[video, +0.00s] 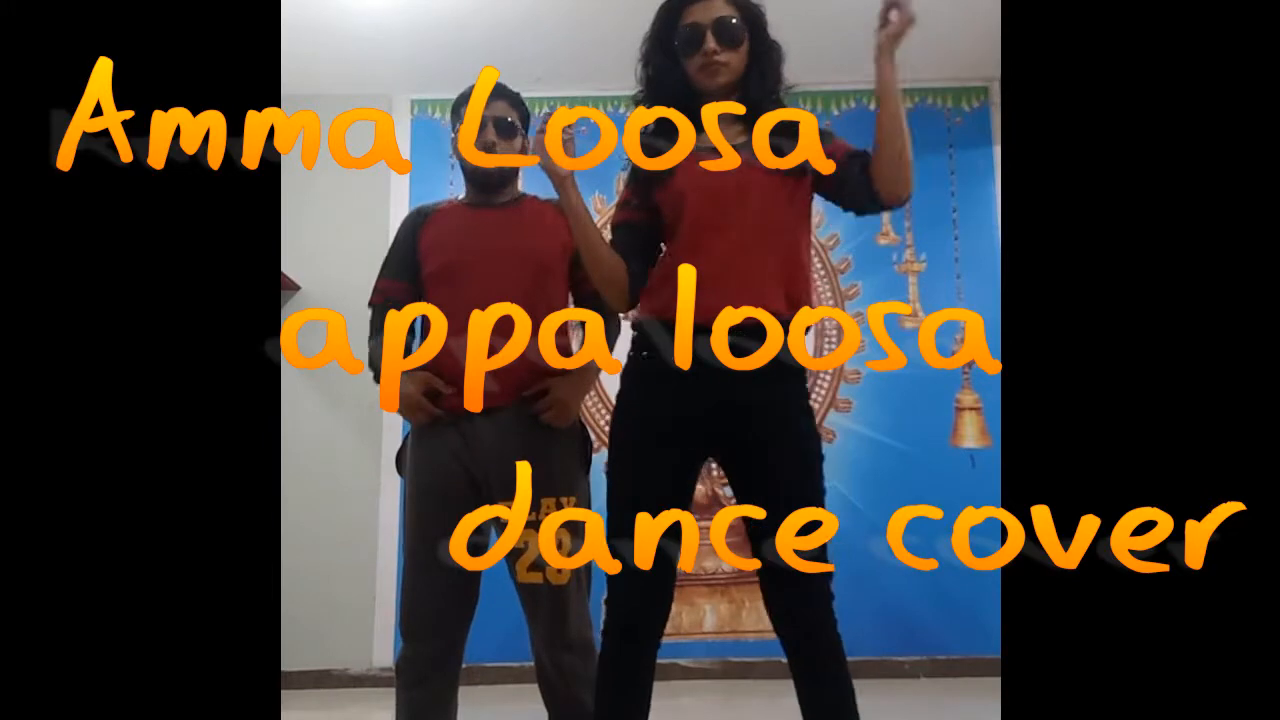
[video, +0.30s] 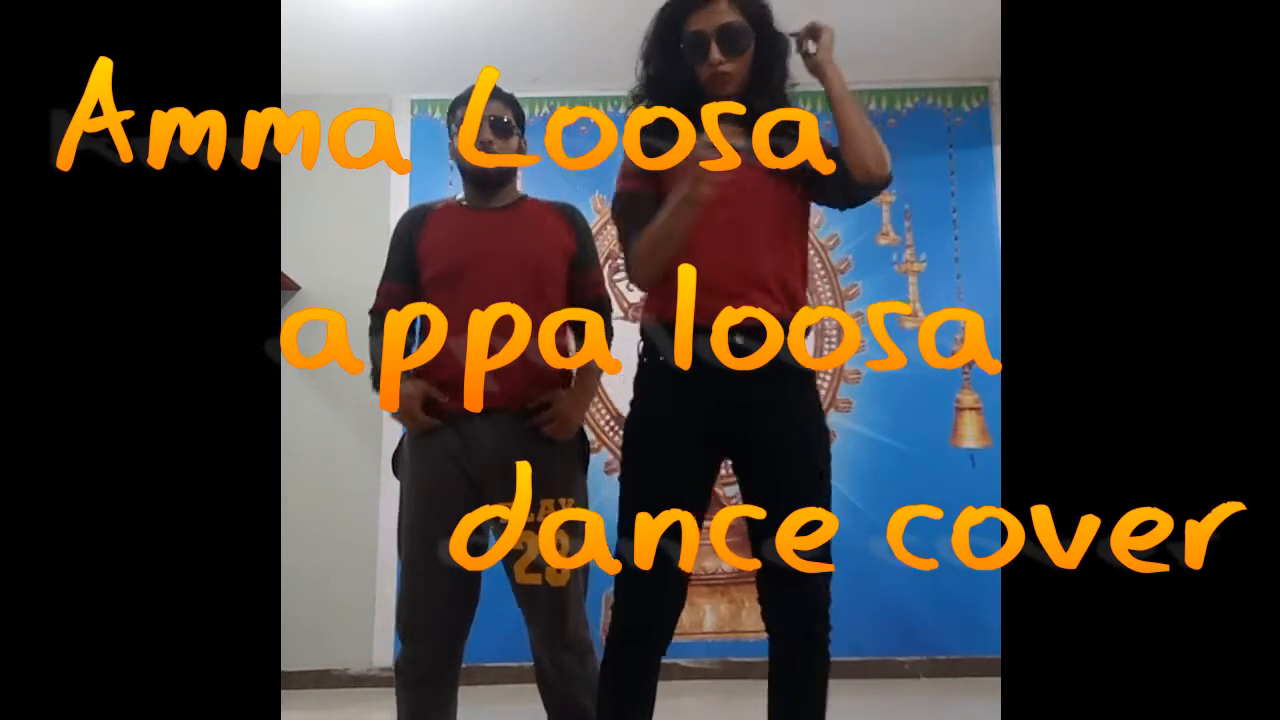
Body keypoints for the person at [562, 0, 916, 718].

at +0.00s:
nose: (710, 47)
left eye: (727, 32)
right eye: (691, 36)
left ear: (755, 47)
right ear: (670, 55)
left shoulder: (789, 134)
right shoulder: (659, 147)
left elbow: (888, 186)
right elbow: (617, 285)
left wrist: (885, 63)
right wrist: (562, 182)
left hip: (767, 380)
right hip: (664, 378)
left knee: (802, 592)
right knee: (637, 594)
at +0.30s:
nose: (714, 57)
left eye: (730, 38)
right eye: (695, 45)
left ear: (760, 45)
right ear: (674, 57)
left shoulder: (784, 133)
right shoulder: (654, 140)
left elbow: (868, 176)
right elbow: (639, 269)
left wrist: (829, 72)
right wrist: (686, 196)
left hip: (777, 383)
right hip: (674, 383)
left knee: (800, 596)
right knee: (646, 598)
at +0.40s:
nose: (720, 58)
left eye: (735, 40)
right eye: (700, 46)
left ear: (765, 47)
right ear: (679, 59)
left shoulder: (792, 137)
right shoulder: (662, 137)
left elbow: (876, 168)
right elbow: (664, 259)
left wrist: (827, 72)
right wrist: (749, 190)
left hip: (787, 387)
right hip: (683, 387)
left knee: (805, 593)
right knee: (635, 589)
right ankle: (604, 719)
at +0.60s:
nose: (735, 55)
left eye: (751, 35)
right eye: (715, 43)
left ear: (781, 38)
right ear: (693, 57)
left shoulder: (819, 125)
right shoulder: (686, 135)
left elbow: (902, 149)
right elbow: (731, 247)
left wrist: (845, 56)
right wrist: (861, 199)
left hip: (768, 379)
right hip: (672, 371)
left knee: (786, 585)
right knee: (628, 570)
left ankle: (790, 719)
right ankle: (576, 716)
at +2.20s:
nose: (749, 29)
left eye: (764, 17)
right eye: (730, 19)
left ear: (788, 34)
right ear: (707, 41)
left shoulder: (820, 130)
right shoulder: (681, 126)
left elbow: (878, 242)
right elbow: (715, 240)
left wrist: (869, 122)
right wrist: (832, 298)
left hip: (799, 384)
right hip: (696, 383)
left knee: (799, 597)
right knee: (651, 593)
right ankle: (601, 718)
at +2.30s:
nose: (752, 32)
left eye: (769, 17)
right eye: (733, 21)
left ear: (796, 34)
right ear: (712, 41)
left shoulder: (823, 141)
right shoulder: (681, 133)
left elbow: (853, 277)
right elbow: (701, 260)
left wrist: (815, 232)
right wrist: (761, 367)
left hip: (812, 376)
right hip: (712, 376)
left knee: (804, 596)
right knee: (674, 592)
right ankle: (631, 719)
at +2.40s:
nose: (755, 33)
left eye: (771, 18)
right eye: (735, 21)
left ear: (796, 31)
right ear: (713, 38)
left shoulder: (828, 132)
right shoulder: (683, 130)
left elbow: (852, 268)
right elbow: (683, 257)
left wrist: (784, 269)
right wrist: (698, 378)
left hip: (815, 382)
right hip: (716, 377)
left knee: (807, 597)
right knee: (699, 593)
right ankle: (643, 718)